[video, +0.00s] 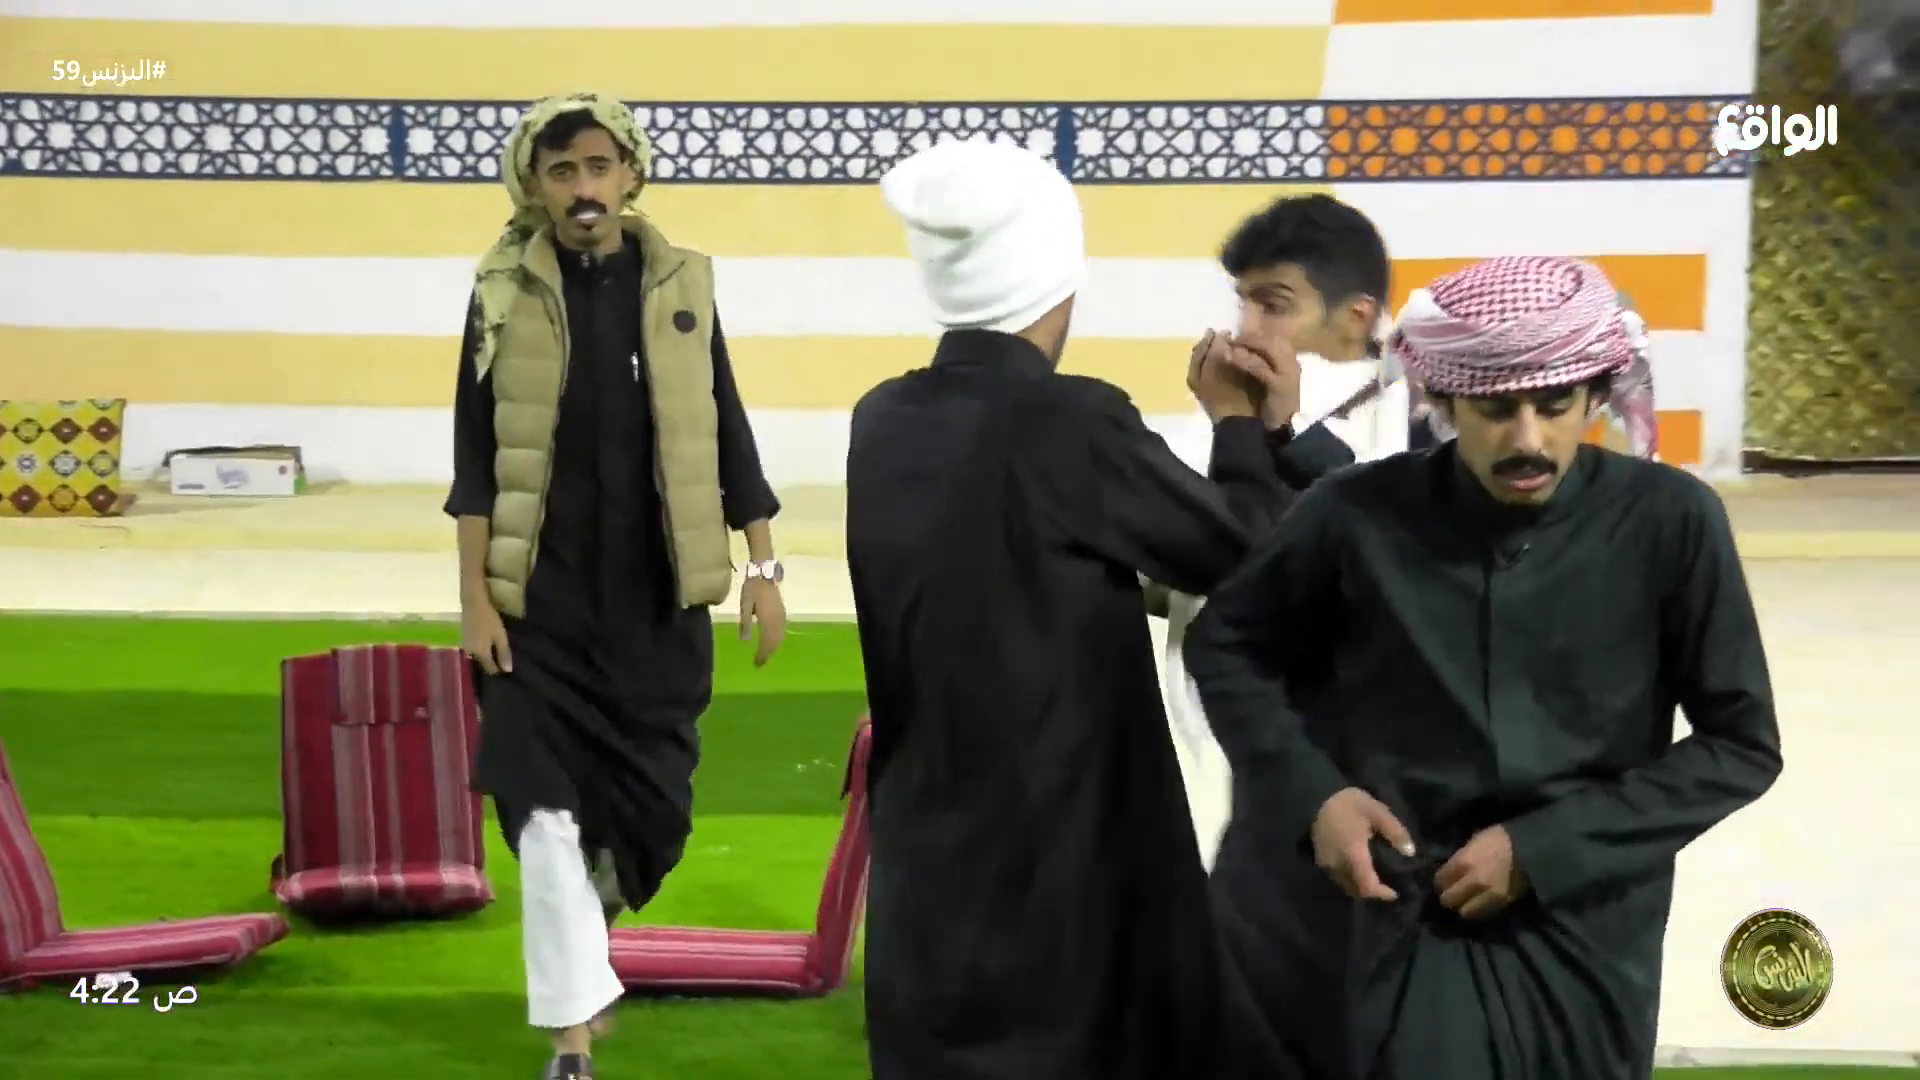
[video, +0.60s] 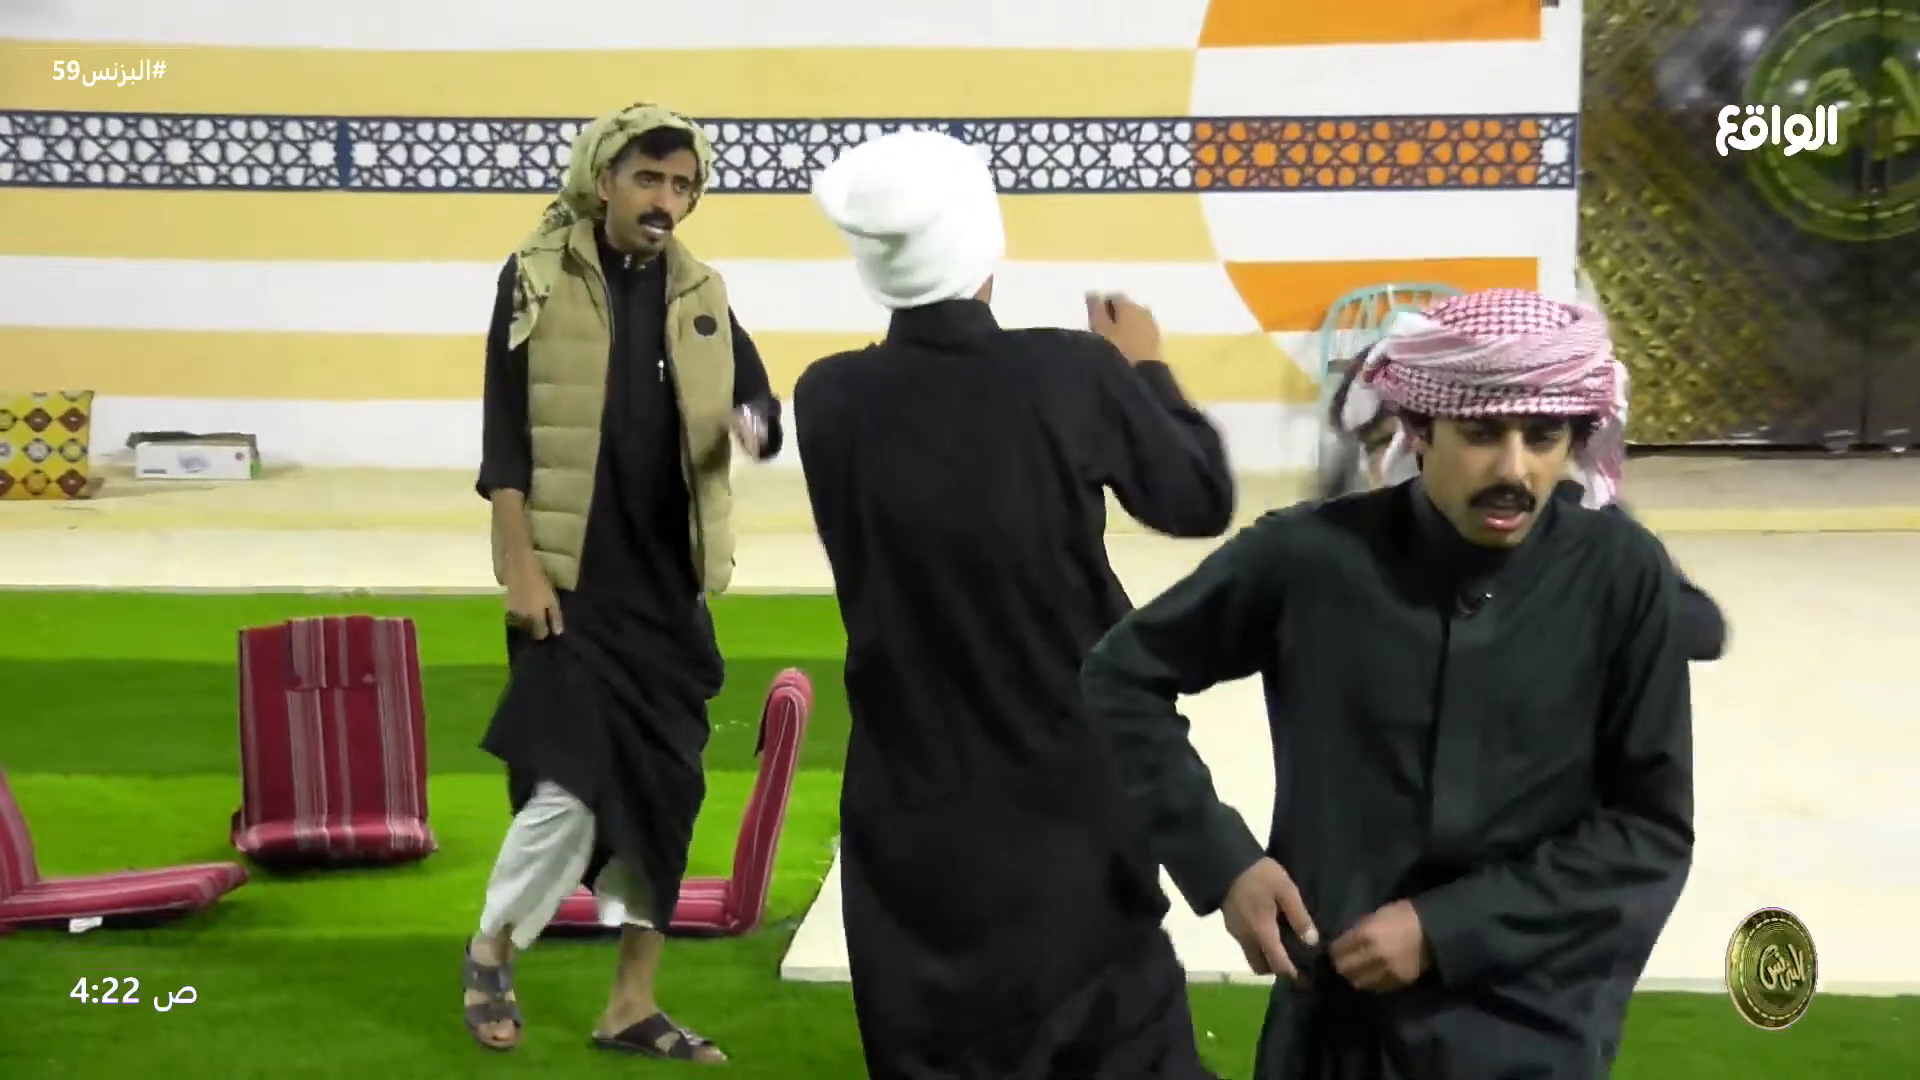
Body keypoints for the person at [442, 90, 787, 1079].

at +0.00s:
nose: (584, 186)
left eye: (601, 165)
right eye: (562, 170)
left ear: (633, 176)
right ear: (533, 187)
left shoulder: (681, 283)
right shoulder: (502, 293)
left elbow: (727, 426)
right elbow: (475, 450)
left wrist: (761, 562)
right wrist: (474, 593)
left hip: (656, 597)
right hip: (533, 595)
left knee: (652, 825)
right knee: (544, 815)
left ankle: (582, 920)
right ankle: (571, 1033)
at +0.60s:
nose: (665, 200)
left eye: (680, 185)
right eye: (648, 179)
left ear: (693, 196)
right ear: (599, 179)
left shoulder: (697, 289)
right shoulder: (538, 278)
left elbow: (757, 395)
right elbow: (505, 428)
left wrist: (754, 419)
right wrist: (517, 561)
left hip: (669, 582)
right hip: (568, 578)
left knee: (663, 784)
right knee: (572, 782)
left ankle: (632, 1007)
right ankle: (491, 953)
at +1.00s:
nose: (624, 198)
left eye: (634, 182)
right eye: (606, 180)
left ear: (638, 185)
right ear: (553, 179)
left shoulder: (641, 283)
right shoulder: (503, 284)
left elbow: (701, 402)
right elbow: (484, 438)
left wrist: (765, 453)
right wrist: (517, 566)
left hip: (639, 570)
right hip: (543, 571)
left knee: (625, 758)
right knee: (547, 773)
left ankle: (604, 961)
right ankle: (526, 996)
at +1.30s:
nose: (642, 217)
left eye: (649, 200)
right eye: (625, 200)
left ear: (644, 204)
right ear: (569, 203)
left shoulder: (616, 295)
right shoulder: (528, 300)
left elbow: (619, 431)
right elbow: (513, 452)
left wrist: (635, 555)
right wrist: (533, 576)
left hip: (599, 566)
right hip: (534, 574)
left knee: (601, 753)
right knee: (542, 771)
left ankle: (598, 940)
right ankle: (536, 975)